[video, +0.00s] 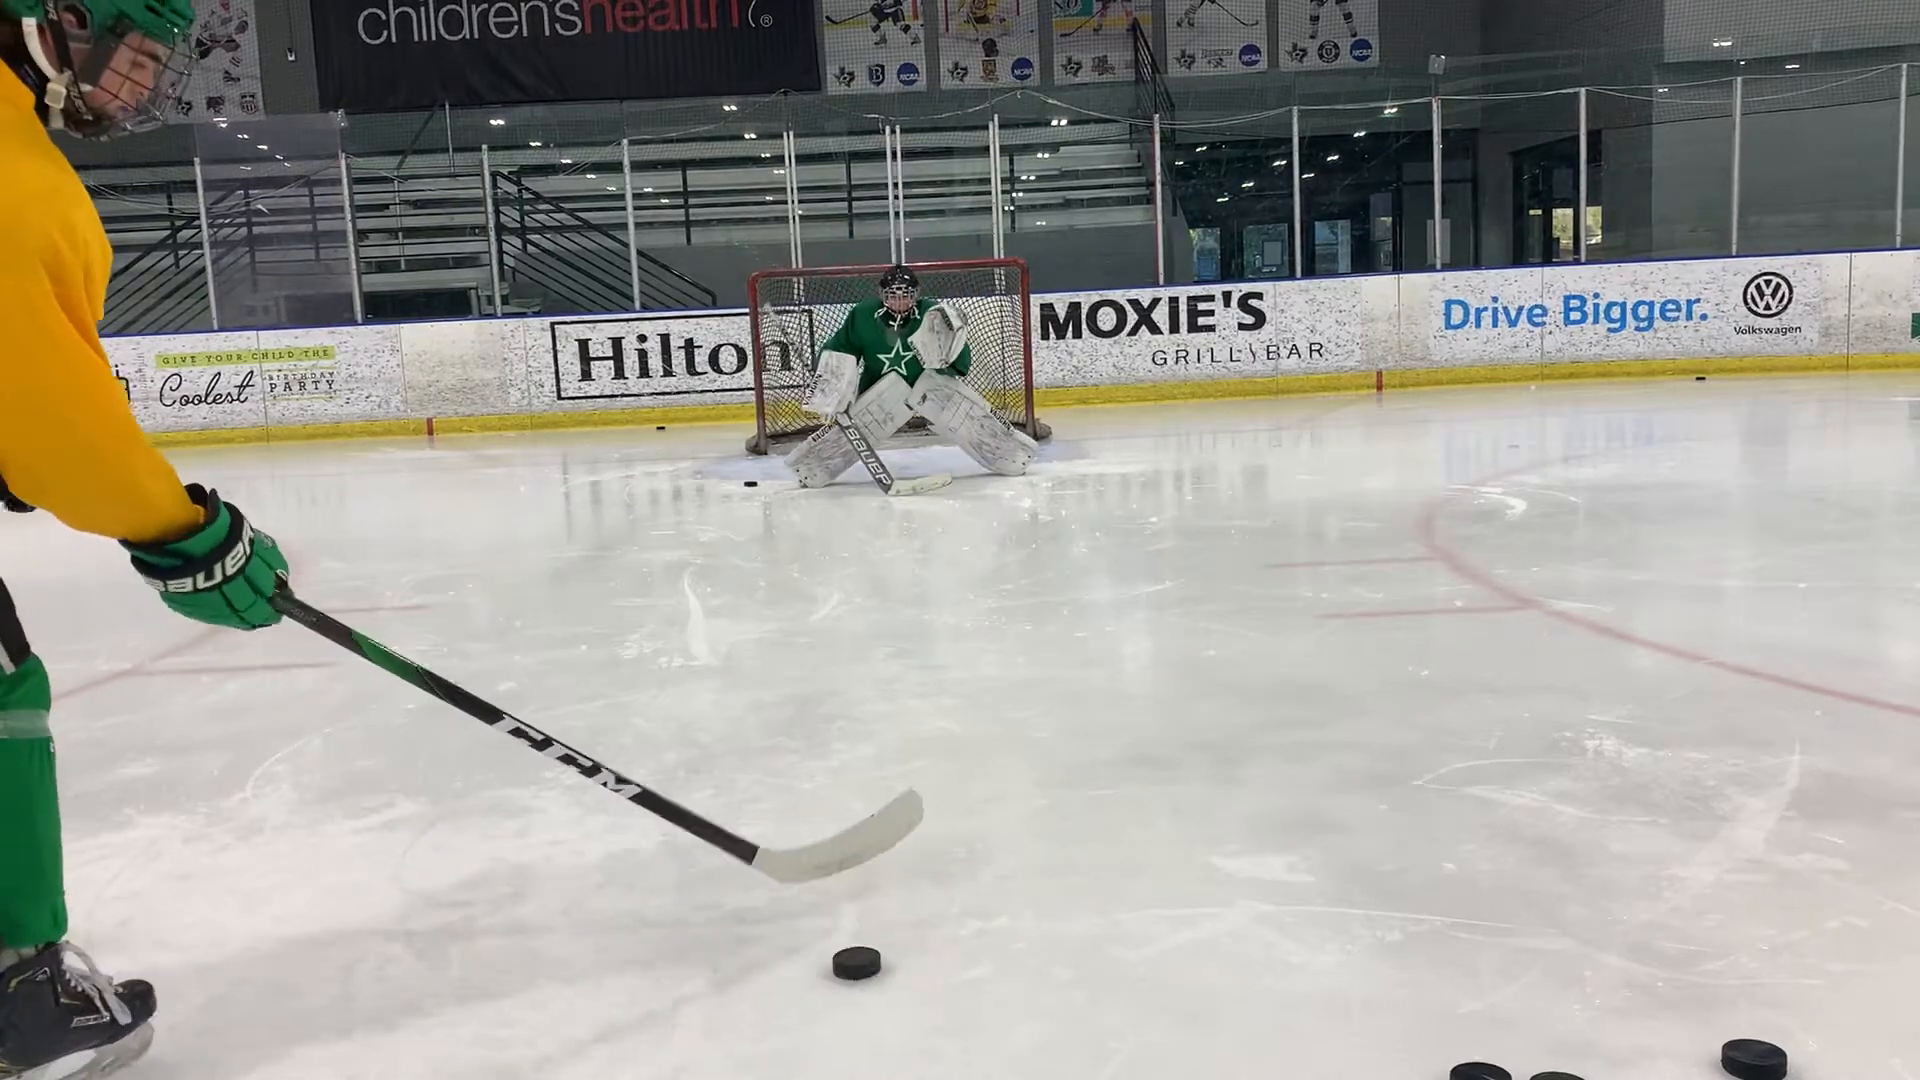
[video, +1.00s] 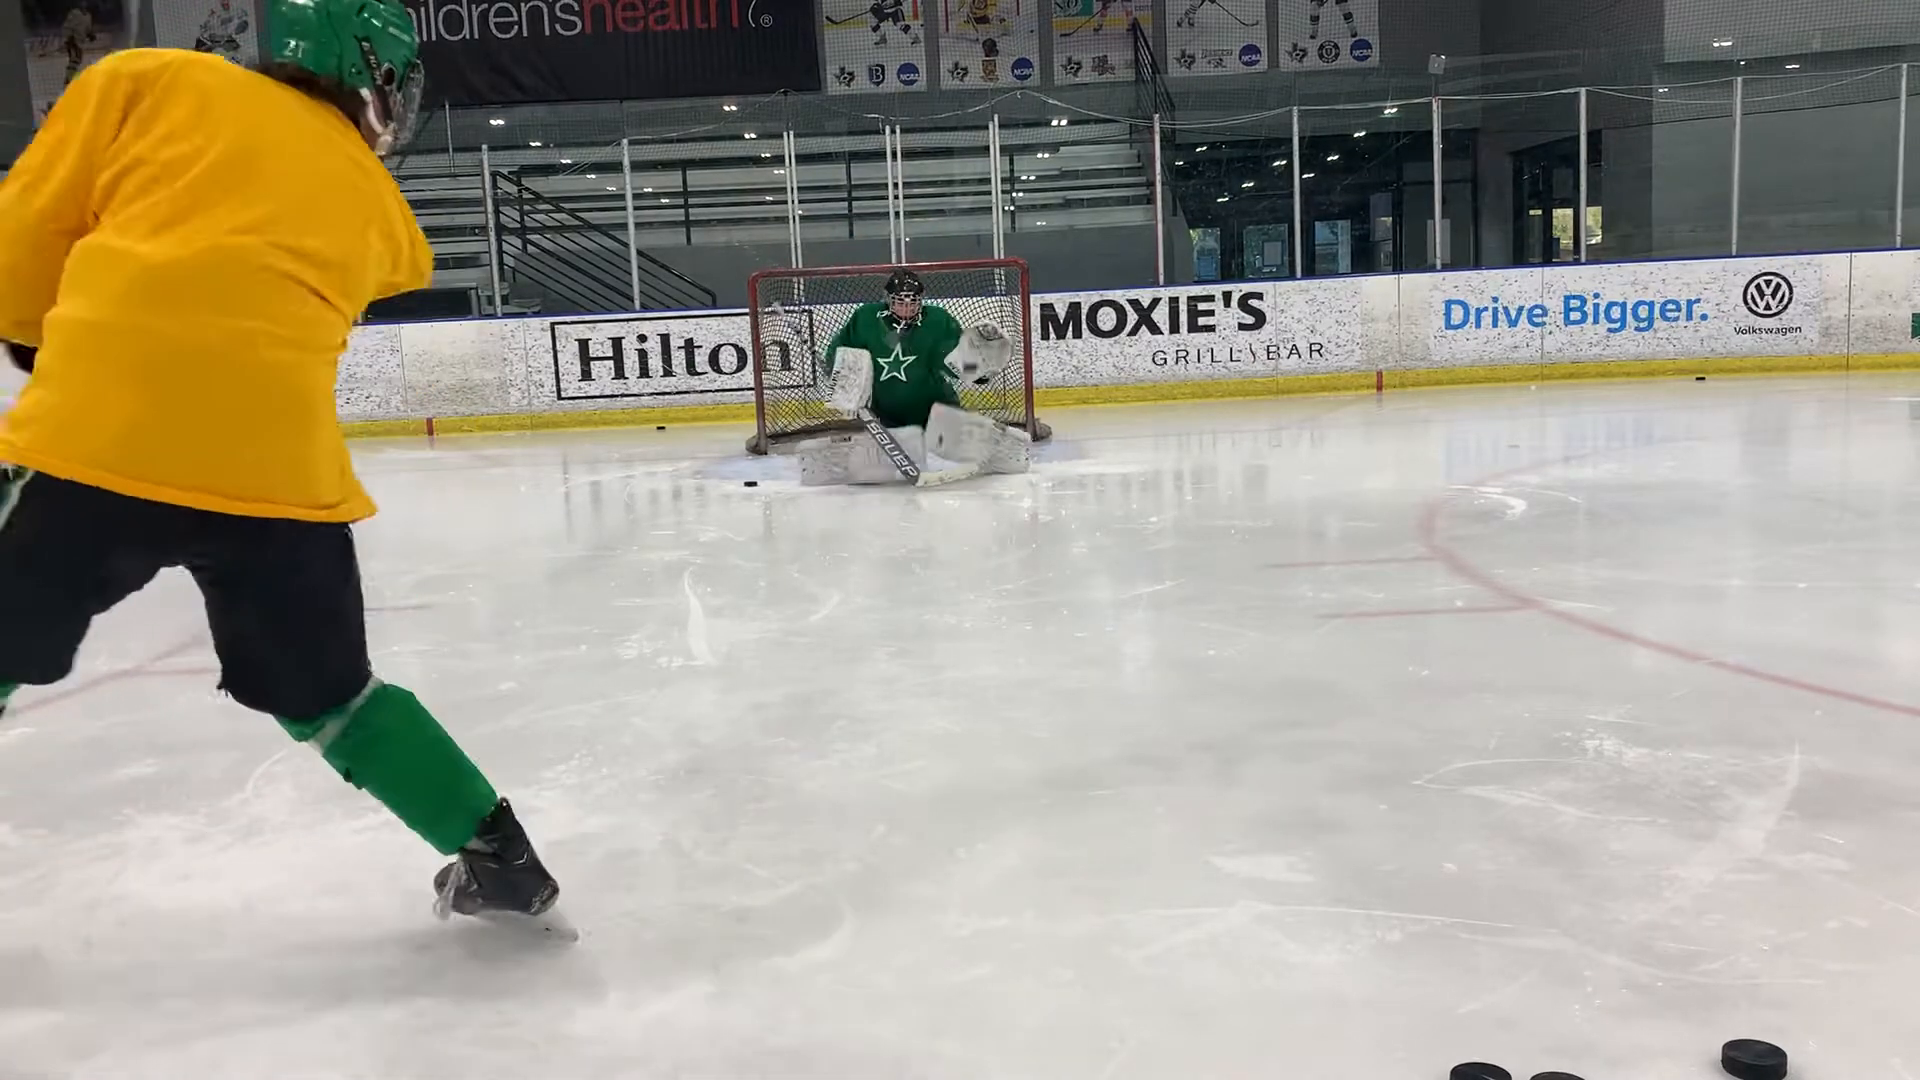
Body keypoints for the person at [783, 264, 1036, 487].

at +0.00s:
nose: (899, 302)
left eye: (905, 295)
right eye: (893, 295)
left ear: (915, 295)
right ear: (883, 295)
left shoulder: (931, 312)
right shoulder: (864, 315)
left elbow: (962, 365)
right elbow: (837, 351)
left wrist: (949, 335)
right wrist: (833, 387)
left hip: (929, 382)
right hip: (882, 387)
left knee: (966, 415)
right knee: (855, 429)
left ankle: (1010, 455)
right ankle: (813, 468)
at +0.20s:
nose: (899, 303)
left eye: (905, 297)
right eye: (893, 297)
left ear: (915, 296)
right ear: (882, 296)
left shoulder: (932, 313)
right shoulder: (863, 317)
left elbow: (961, 367)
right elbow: (836, 352)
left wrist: (951, 342)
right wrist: (832, 389)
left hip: (930, 386)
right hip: (881, 390)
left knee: (965, 418)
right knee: (855, 429)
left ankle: (1010, 455)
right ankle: (813, 468)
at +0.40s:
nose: (900, 303)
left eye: (905, 296)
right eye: (894, 297)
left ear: (915, 296)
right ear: (883, 297)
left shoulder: (933, 314)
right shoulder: (863, 317)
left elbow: (961, 368)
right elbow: (835, 352)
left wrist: (952, 343)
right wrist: (832, 389)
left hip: (930, 387)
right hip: (881, 391)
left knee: (964, 418)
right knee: (855, 430)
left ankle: (1010, 454)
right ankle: (813, 468)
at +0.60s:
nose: (900, 304)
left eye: (905, 297)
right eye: (894, 297)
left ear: (916, 296)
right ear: (884, 297)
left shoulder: (934, 315)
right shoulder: (864, 317)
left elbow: (962, 371)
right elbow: (835, 352)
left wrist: (956, 341)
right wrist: (832, 390)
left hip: (930, 388)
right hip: (882, 392)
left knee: (965, 418)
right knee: (854, 430)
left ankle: (1008, 453)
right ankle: (814, 467)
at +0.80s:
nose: (901, 305)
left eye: (906, 298)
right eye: (895, 298)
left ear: (917, 297)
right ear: (885, 298)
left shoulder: (935, 316)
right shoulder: (864, 318)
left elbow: (964, 374)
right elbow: (836, 353)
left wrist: (955, 349)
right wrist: (833, 391)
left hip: (932, 390)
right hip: (882, 394)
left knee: (965, 418)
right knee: (854, 431)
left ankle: (1009, 453)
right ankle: (815, 467)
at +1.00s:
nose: (906, 308)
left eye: (912, 302)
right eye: (900, 302)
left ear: (920, 300)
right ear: (889, 300)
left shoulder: (938, 321)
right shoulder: (865, 319)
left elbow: (963, 365)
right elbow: (834, 355)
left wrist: (982, 358)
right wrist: (847, 379)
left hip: (935, 418)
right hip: (883, 419)